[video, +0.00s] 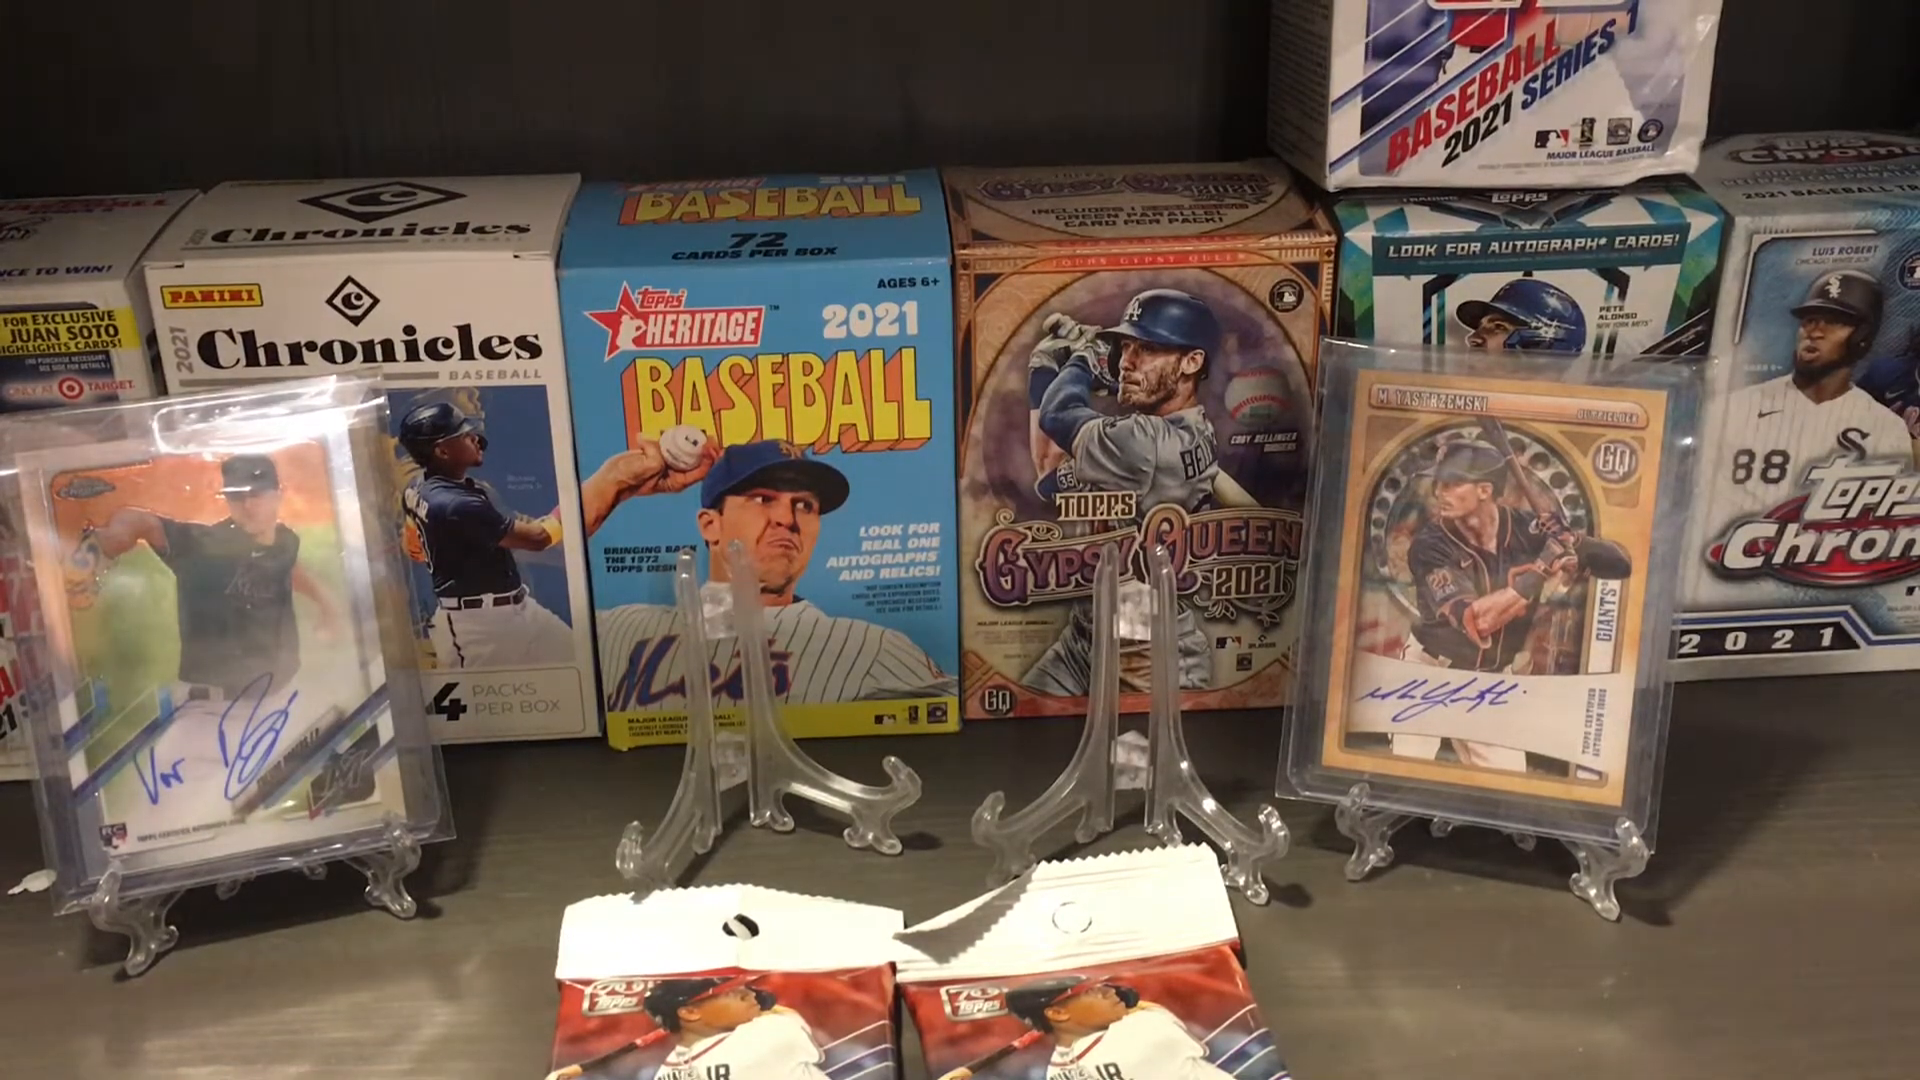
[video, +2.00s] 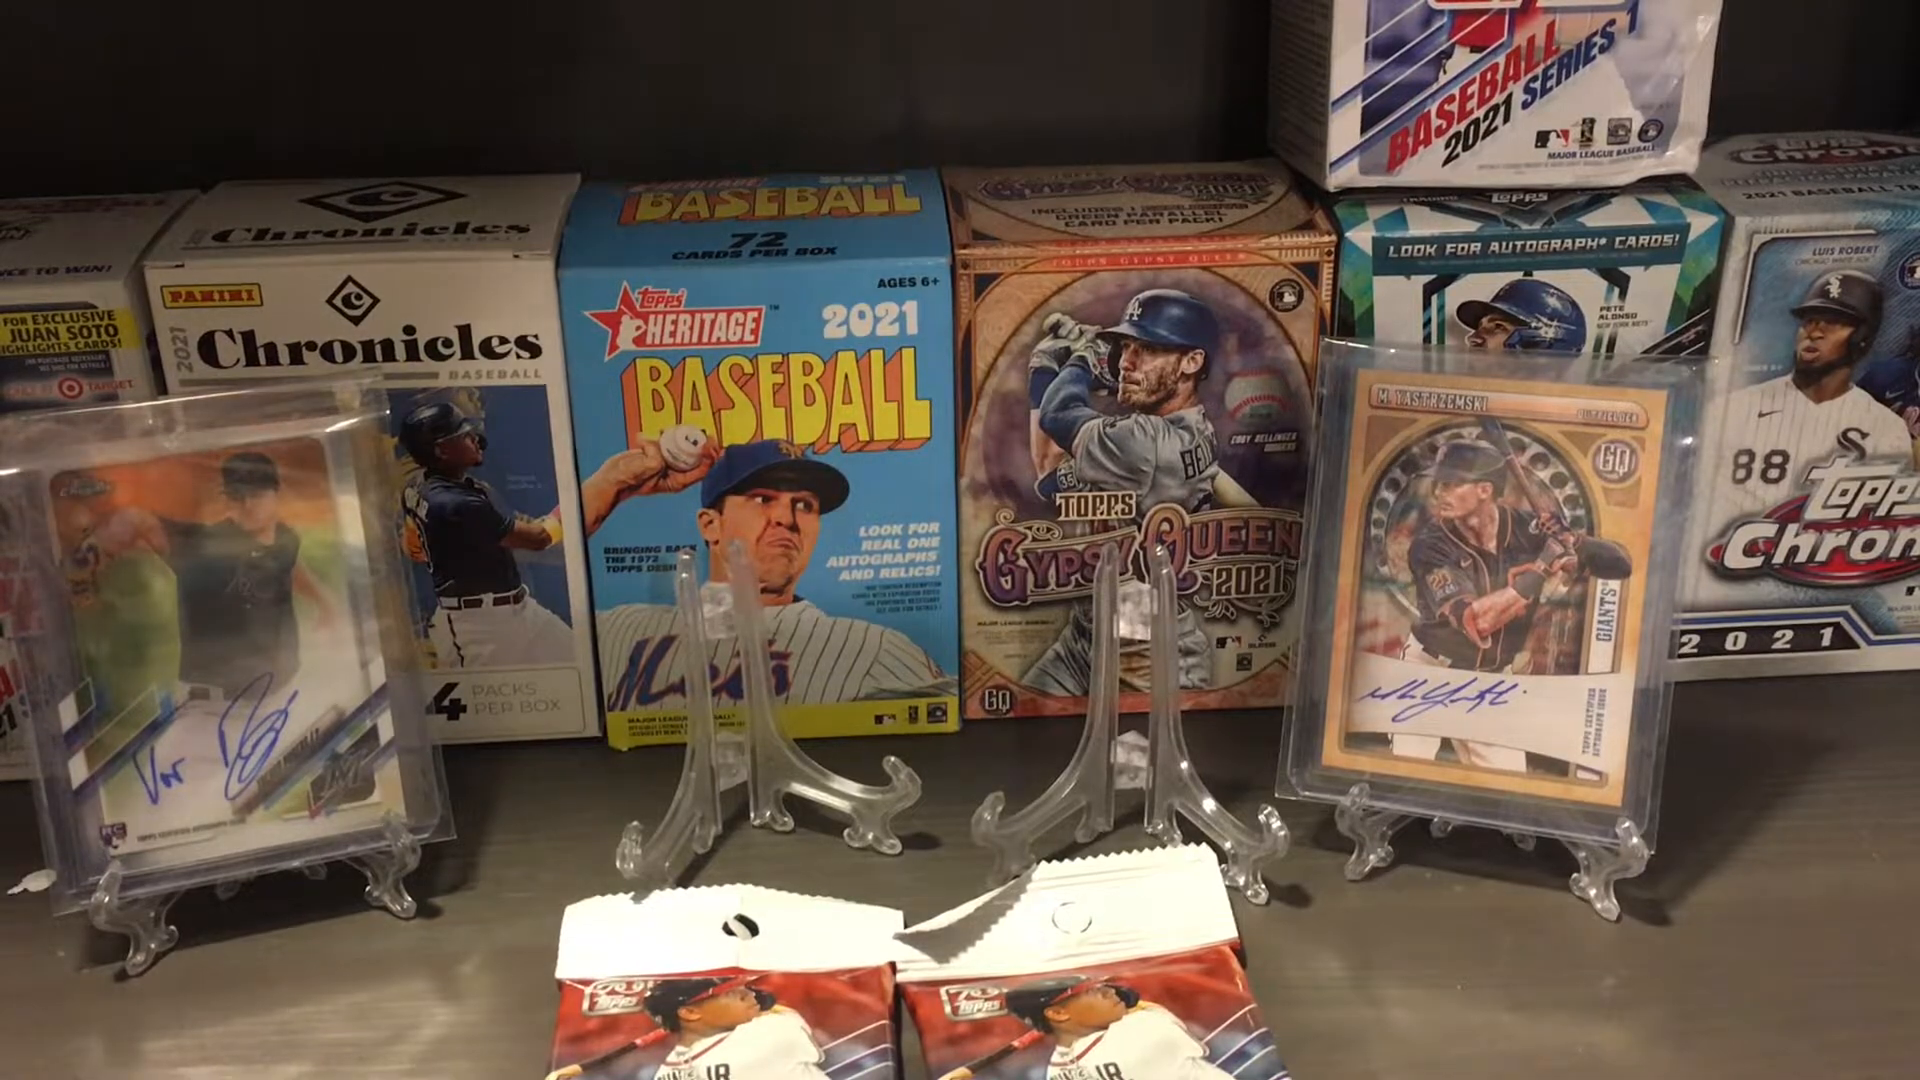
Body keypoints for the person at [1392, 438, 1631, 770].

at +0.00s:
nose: (1440, 492)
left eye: (1452, 484)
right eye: (1439, 484)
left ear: (1484, 491)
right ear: (1435, 487)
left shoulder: (1528, 529)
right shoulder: (1430, 541)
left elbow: (1622, 564)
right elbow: (1471, 621)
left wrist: (1575, 549)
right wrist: (1538, 572)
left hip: (1494, 677)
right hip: (1428, 670)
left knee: (1509, 789)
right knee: (1412, 773)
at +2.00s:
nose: (1439, 493)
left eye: (1451, 485)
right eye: (1439, 485)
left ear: (1484, 491)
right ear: (1435, 487)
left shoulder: (1526, 529)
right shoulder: (1430, 541)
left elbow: (1622, 564)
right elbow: (1473, 623)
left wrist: (1575, 546)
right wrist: (1539, 571)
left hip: (1494, 677)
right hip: (1429, 669)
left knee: (1509, 790)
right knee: (1411, 774)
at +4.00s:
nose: (1439, 492)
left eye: (1451, 484)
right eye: (1439, 483)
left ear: (1484, 491)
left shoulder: (1528, 528)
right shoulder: (1431, 541)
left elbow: (1621, 563)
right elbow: (1473, 622)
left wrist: (1572, 551)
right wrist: (1539, 572)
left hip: (1495, 677)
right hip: (1429, 669)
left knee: (1508, 788)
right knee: (1411, 773)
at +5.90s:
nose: (1440, 492)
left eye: (1453, 484)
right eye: (1440, 482)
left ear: (1485, 492)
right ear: (1435, 484)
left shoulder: (1526, 529)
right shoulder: (1431, 541)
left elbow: (1623, 563)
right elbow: (1473, 622)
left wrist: (1574, 548)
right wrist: (1540, 571)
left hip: (1494, 676)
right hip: (1430, 669)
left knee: (1509, 787)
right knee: (1411, 774)